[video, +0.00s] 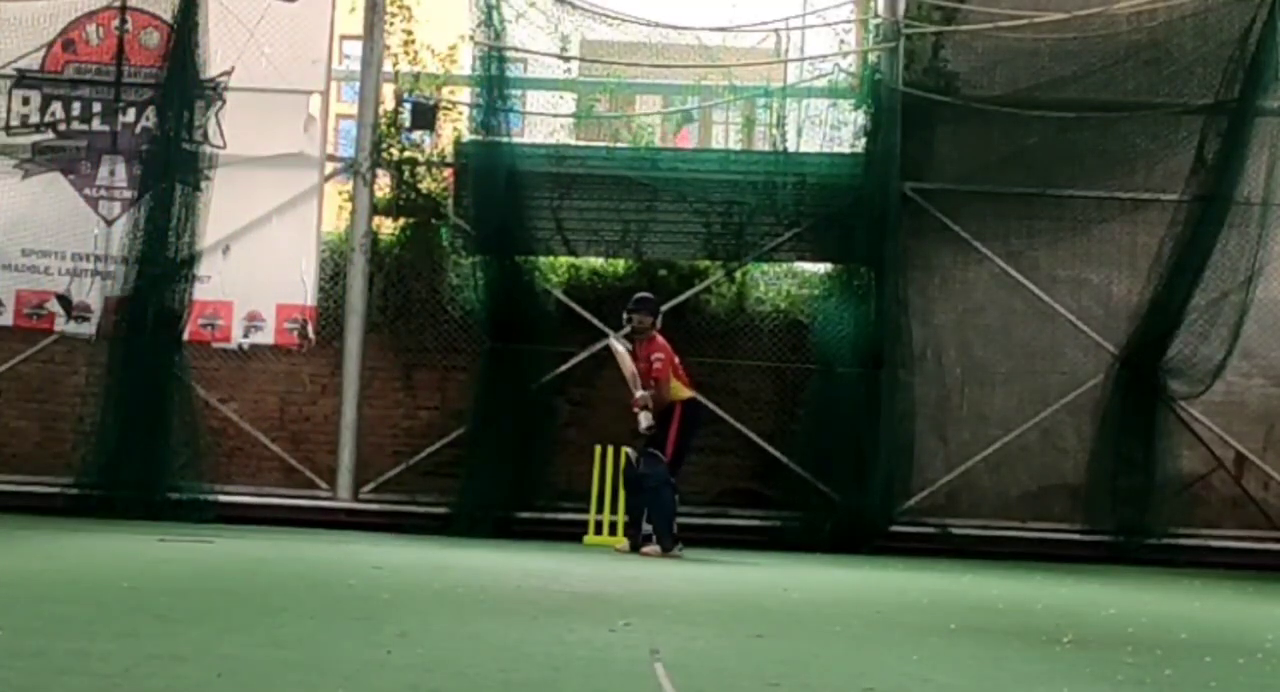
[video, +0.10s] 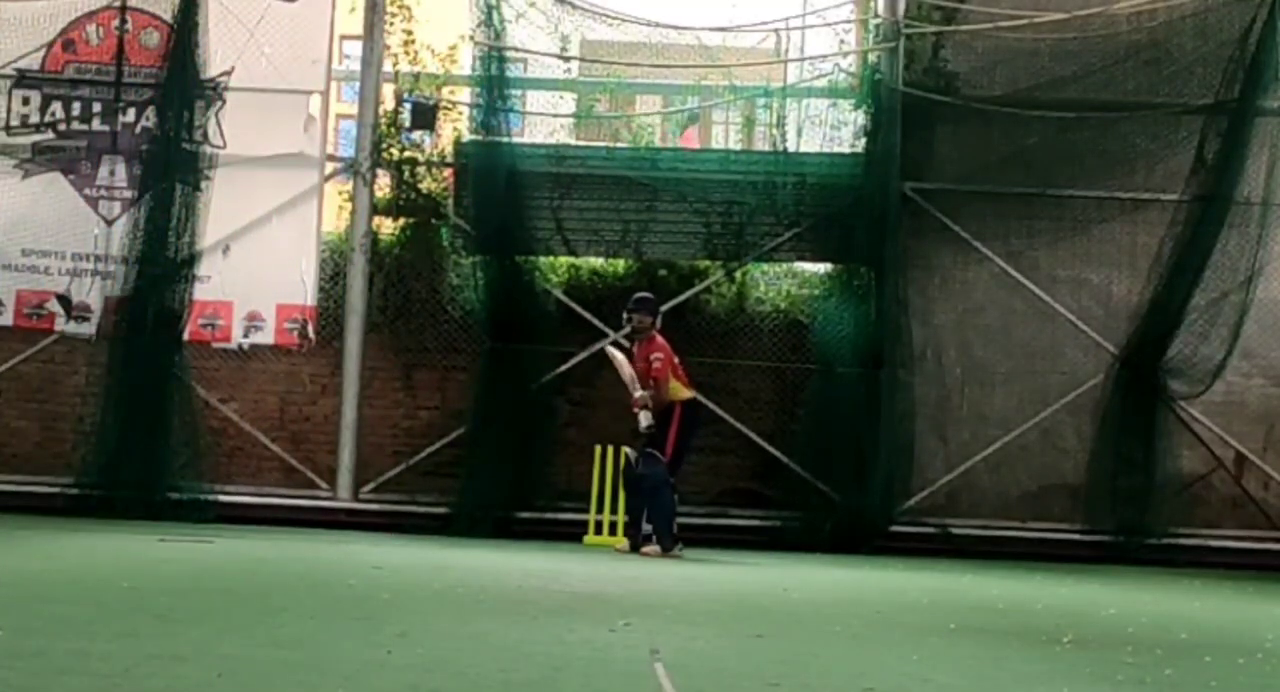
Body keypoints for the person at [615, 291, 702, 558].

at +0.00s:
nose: (638, 320)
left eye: (645, 316)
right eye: (634, 314)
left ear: (654, 319)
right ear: (628, 317)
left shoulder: (657, 347)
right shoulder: (637, 346)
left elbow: (664, 391)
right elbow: (636, 379)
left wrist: (645, 398)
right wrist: (641, 408)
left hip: (683, 403)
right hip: (663, 403)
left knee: (663, 468)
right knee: (648, 465)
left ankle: (666, 538)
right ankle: (640, 534)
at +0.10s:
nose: (638, 320)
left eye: (644, 316)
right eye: (634, 315)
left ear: (654, 319)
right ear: (628, 318)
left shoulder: (657, 347)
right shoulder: (638, 347)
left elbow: (662, 391)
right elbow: (640, 381)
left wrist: (645, 397)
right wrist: (642, 403)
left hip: (682, 403)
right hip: (662, 403)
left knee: (663, 468)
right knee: (649, 464)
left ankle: (665, 538)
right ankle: (640, 534)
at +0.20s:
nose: (637, 321)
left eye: (643, 316)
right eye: (632, 315)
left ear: (653, 320)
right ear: (626, 317)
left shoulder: (656, 348)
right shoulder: (636, 346)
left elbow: (662, 391)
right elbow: (635, 381)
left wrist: (643, 396)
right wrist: (639, 408)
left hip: (680, 403)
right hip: (660, 403)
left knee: (662, 469)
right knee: (648, 465)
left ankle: (666, 538)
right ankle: (641, 534)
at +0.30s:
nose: (635, 321)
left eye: (642, 316)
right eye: (631, 315)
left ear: (652, 320)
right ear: (625, 318)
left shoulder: (655, 349)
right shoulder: (634, 347)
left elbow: (661, 392)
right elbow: (636, 381)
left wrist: (644, 396)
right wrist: (638, 407)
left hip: (680, 403)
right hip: (659, 404)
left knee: (661, 469)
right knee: (645, 465)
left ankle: (666, 538)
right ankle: (638, 535)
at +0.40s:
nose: (633, 322)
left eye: (639, 317)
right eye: (629, 316)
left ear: (650, 321)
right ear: (623, 318)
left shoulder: (654, 350)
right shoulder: (633, 347)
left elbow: (660, 393)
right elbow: (634, 382)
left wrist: (643, 397)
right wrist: (636, 410)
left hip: (678, 404)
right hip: (658, 405)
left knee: (660, 469)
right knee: (644, 465)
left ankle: (665, 538)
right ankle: (639, 535)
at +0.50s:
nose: (630, 323)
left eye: (637, 319)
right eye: (626, 318)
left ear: (647, 322)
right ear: (621, 320)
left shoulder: (651, 351)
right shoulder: (631, 348)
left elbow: (658, 395)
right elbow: (632, 383)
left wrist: (641, 399)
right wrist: (634, 410)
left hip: (677, 405)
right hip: (656, 406)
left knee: (654, 470)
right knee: (638, 467)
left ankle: (666, 539)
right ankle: (638, 536)